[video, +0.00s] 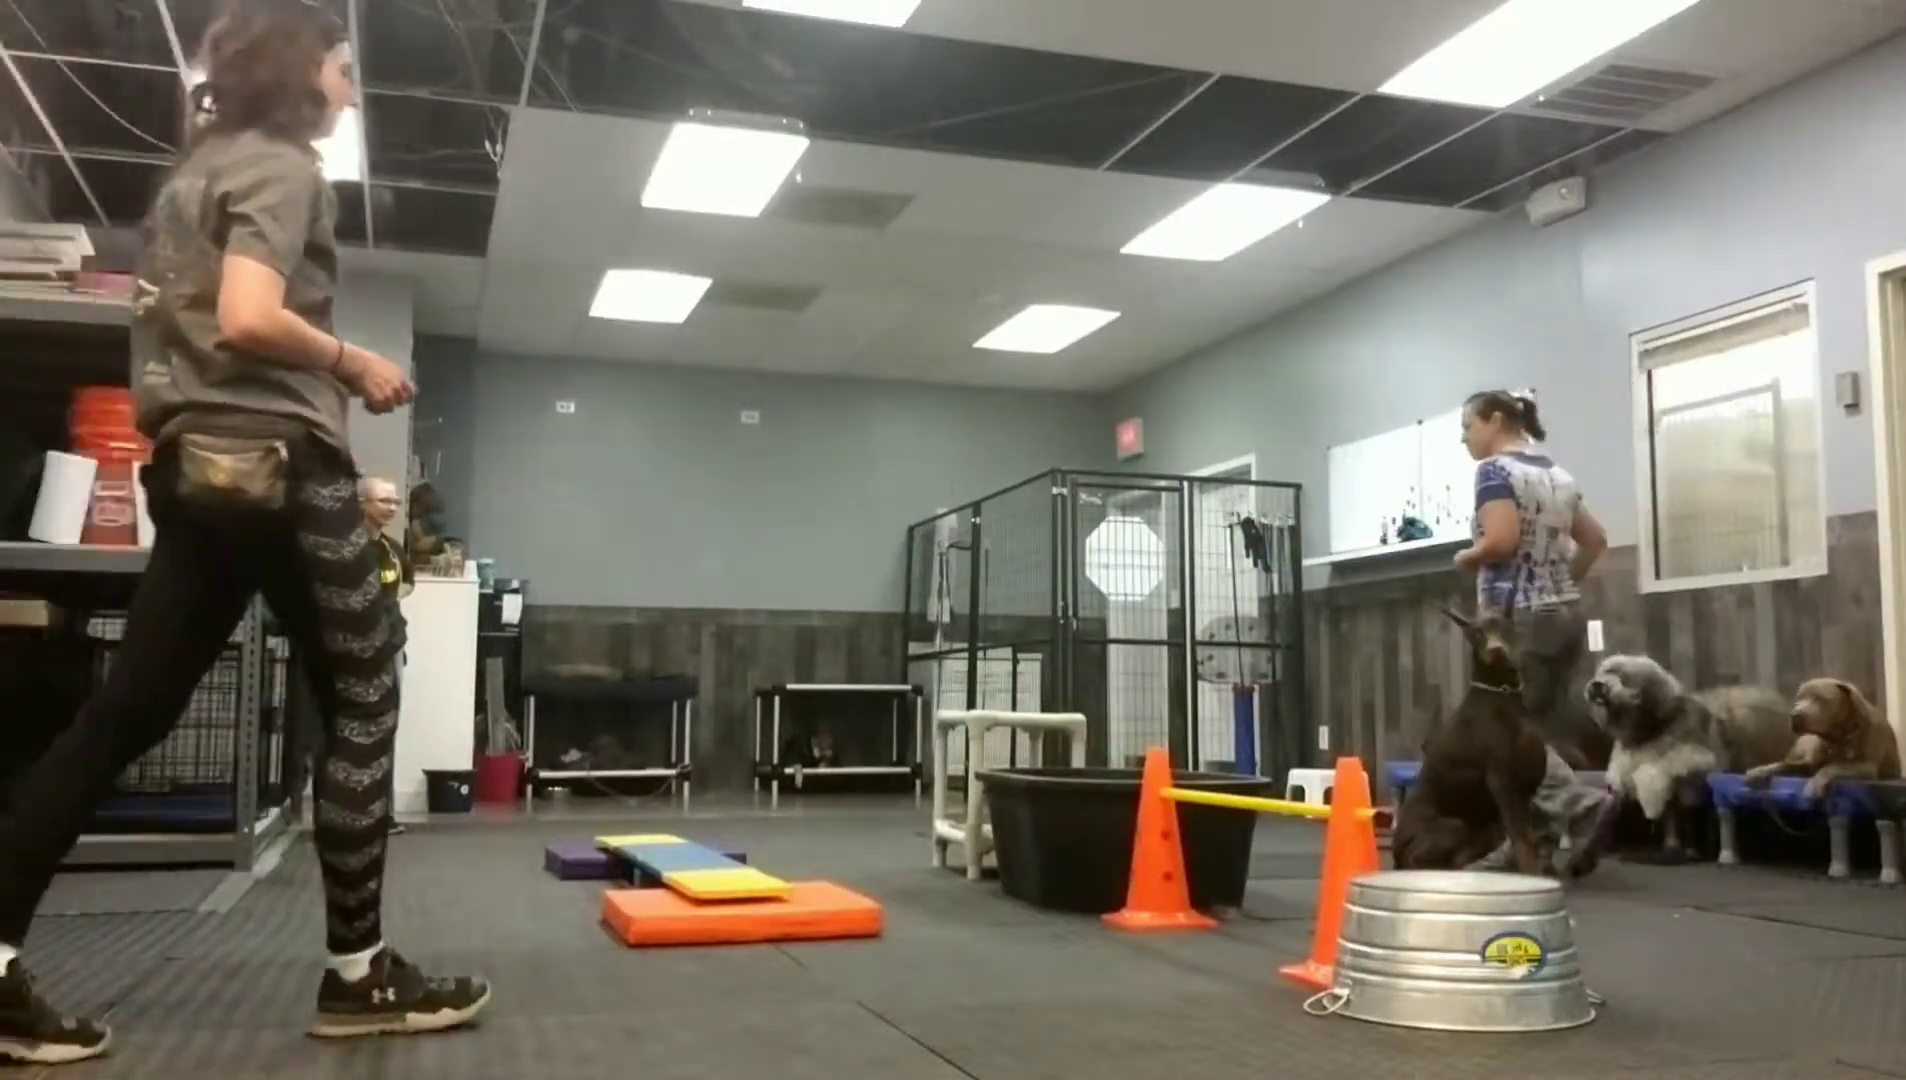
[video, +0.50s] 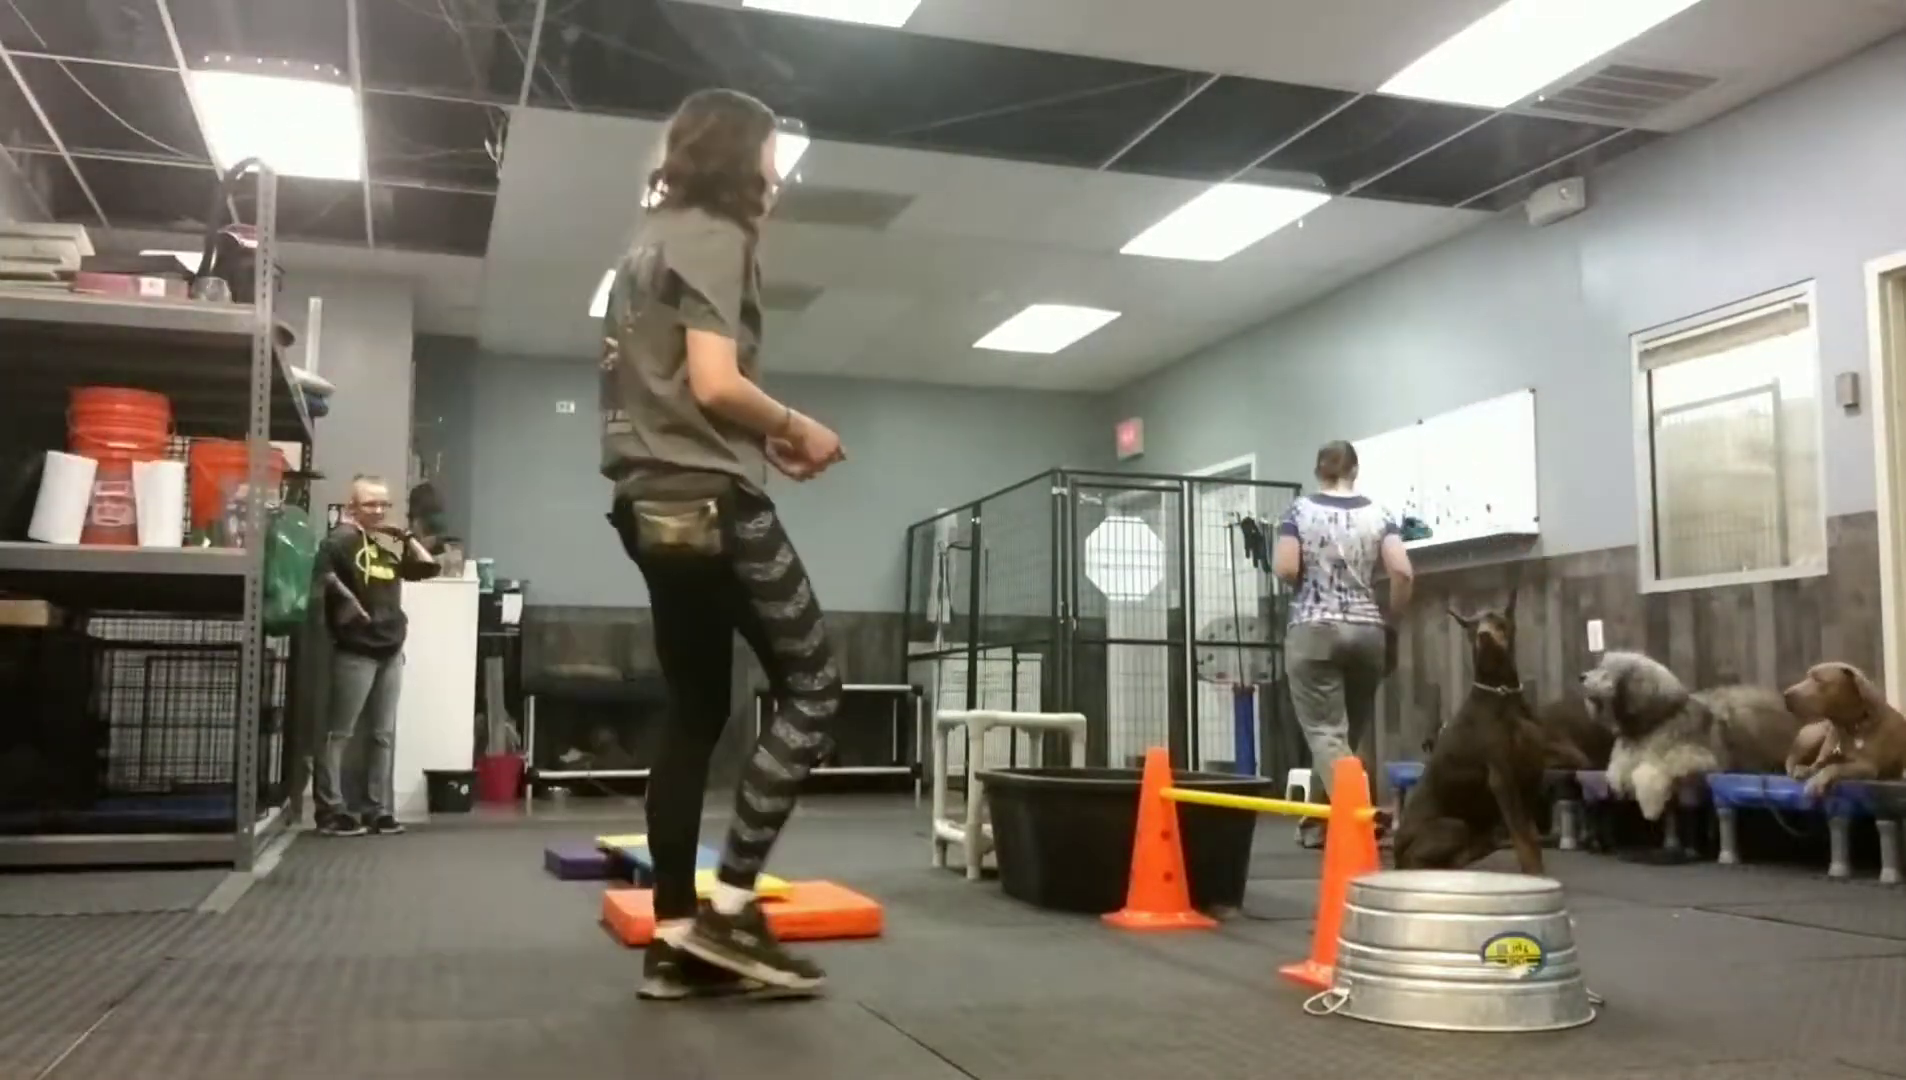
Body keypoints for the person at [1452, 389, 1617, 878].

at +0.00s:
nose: (1467, 439)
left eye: (1470, 428)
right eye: (1466, 430)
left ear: (1497, 422)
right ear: (1512, 424)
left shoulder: (1494, 470)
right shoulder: (1553, 471)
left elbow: (1502, 538)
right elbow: (1594, 538)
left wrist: (1470, 557)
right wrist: (1564, 581)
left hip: (1520, 620)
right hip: (1566, 618)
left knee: (1506, 726)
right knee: (1553, 721)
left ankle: (1582, 804)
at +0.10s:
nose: (1436, 449)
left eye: (1435, 439)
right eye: (1434, 440)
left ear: (1446, 431)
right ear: (1480, 432)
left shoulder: (1459, 473)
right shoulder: (1517, 480)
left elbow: (1465, 542)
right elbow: (1555, 540)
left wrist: (1433, 557)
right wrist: (1532, 588)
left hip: (1469, 613)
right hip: (1524, 610)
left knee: (1434, 721)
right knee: (1520, 719)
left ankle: (1443, 812)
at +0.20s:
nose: (1399, 461)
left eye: (1398, 454)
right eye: (1399, 454)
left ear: (1404, 452)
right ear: (1438, 450)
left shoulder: (1411, 491)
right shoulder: (1475, 496)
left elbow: (1413, 556)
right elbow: (1512, 557)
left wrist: (1389, 571)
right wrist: (1492, 602)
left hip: (1418, 628)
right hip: (1471, 625)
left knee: (1394, 734)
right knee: (1474, 731)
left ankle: (1377, 834)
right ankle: (1485, 831)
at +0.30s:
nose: (1358, 461)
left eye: (1357, 456)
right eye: (1362, 456)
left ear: (1360, 454)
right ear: (1397, 450)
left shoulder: (1355, 496)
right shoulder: (1433, 493)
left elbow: (1350, 560)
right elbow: (1466, 556)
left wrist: (1345, 560)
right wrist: (1448, 591)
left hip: (1369, 621)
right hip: (1427, 619)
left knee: (1363, 734)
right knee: (1421, 727)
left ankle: (1374, 835)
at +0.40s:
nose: (1342, 467)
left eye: (1335, 461)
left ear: (1334, 460)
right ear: (1373, 458)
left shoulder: (1321, 499)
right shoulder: (1400, 499)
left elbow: (1307, 558)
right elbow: (1430, 555)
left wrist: (1332, 572)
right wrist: (1417, 596)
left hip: (1338, 616)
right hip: (1393, 613)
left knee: (1350, 722)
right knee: (1384, 719)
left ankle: (1374, 820)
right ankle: (1382, 811)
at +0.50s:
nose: (1346, 477)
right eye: (1352, 471)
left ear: (1318, 472)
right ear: (1355, 472)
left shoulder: (1298, 511)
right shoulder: (1377, 514)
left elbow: (1286, 568)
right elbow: (1402, 572)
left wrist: (1303, 582)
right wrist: (1391, 615)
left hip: (1313, 631)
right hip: (1367, 630)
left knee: (1324, 729)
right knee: (1353, 729)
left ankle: (1359, 818)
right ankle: (1328, 820)